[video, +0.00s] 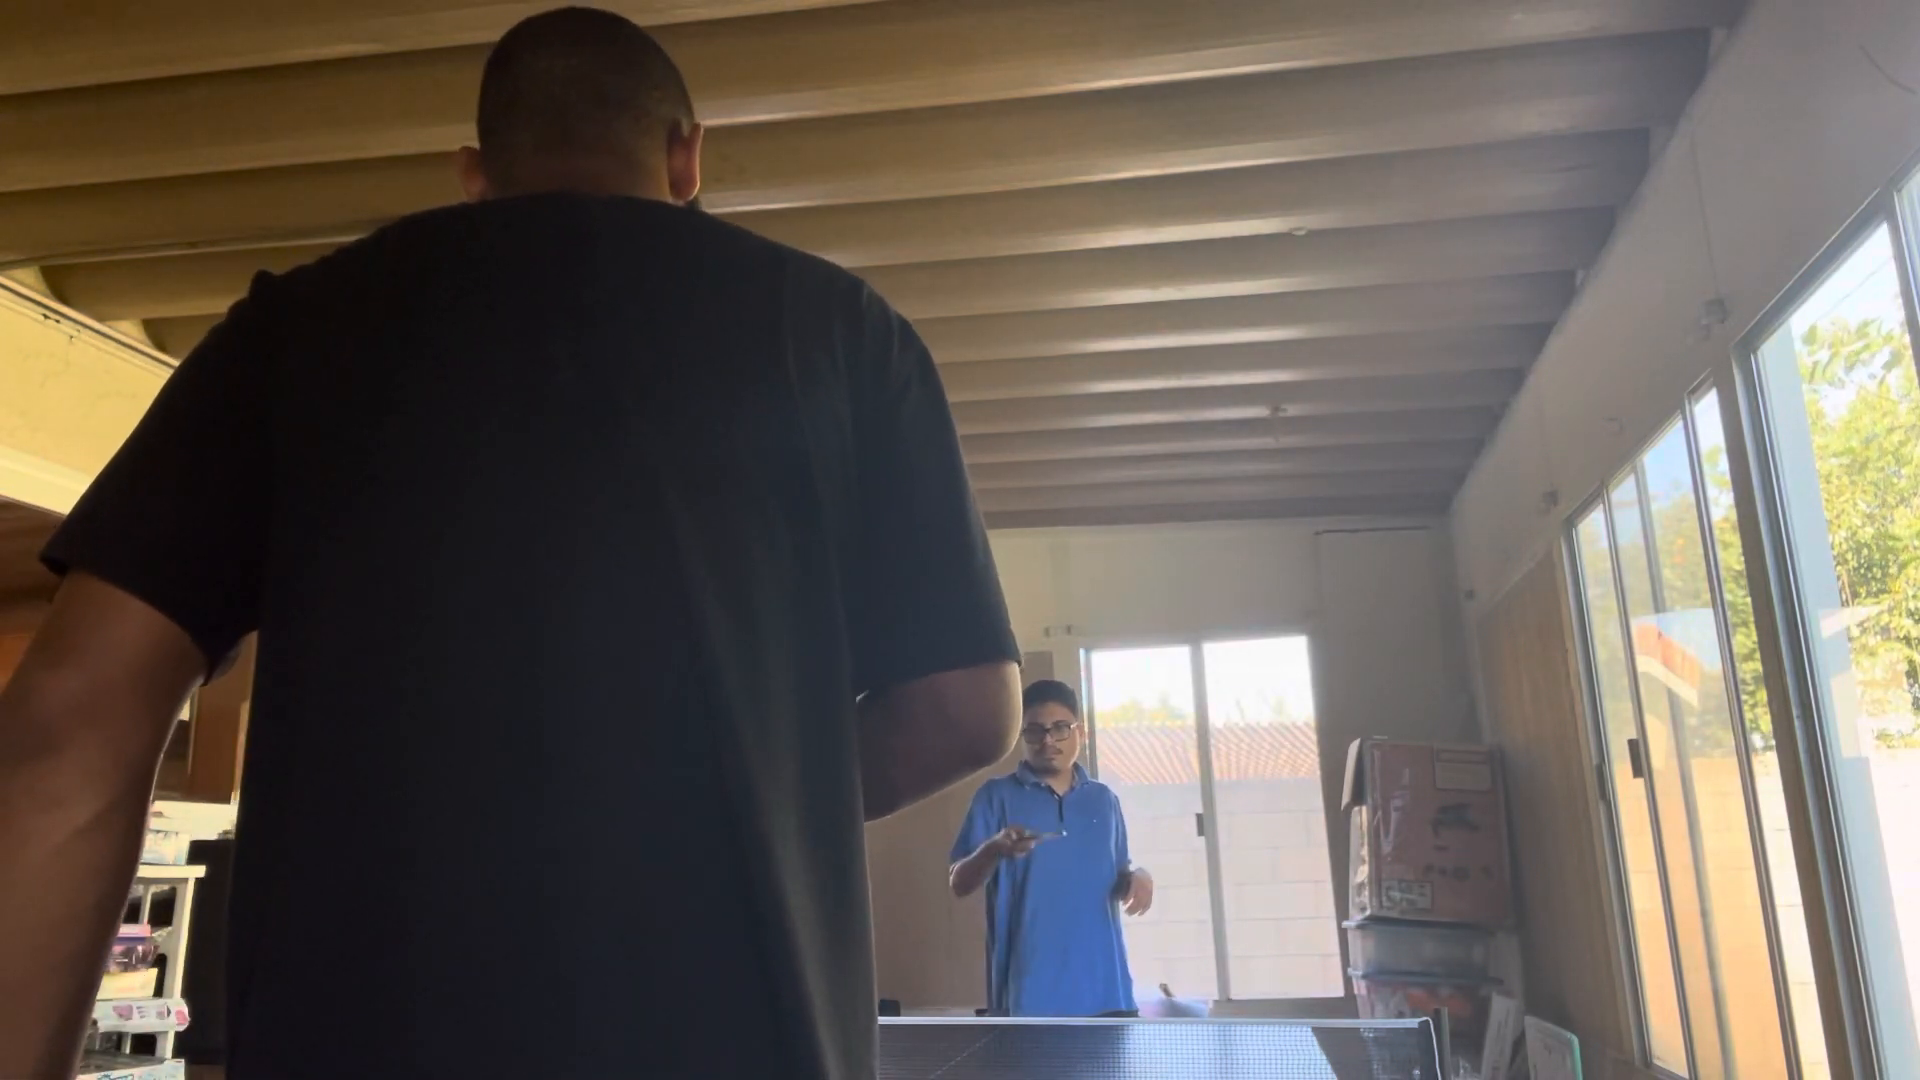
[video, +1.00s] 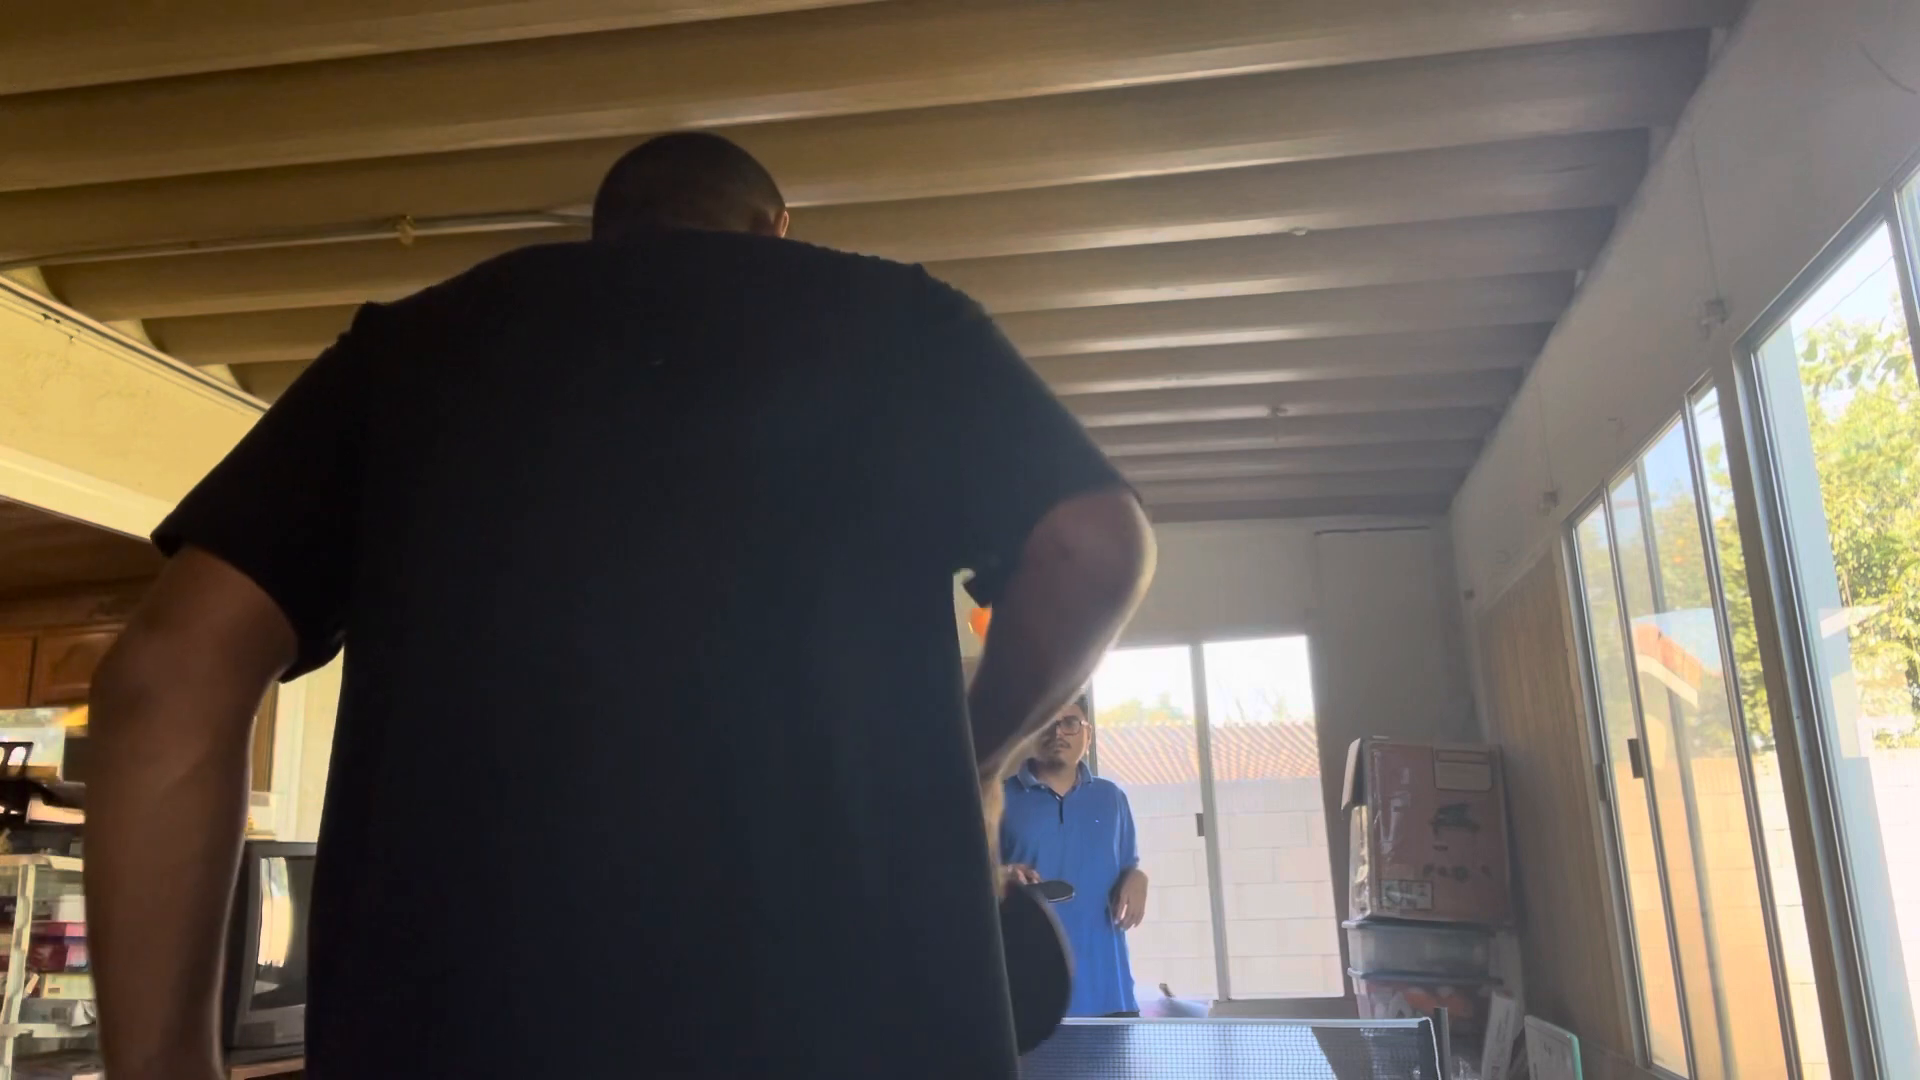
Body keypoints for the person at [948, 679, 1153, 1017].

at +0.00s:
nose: (1048, 741)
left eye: (1060, 728)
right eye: (1035, 731)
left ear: (1080, 733)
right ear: (1022, 737)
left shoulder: (1103, 800)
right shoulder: (996, 797)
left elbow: (1116, 883)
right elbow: (959, 884)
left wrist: (1139, 878)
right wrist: (994, 849)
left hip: (1104, 992)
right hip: (1029, 996)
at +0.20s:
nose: (1052, 737)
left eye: (1063, 725)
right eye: (1039, 727)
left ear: (1083, 733)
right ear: (1025, 735)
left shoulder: (1106, 798)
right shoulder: (998, 799)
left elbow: (1119, 883)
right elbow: (967, 890)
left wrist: (1139, 879)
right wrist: (1005, 873)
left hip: (1105, 991)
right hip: (1031, 996)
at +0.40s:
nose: (1054, 736)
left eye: (1066, 724)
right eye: (1041, 726)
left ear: (1084, 733)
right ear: (1027, 733)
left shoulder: (1110, 798)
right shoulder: (999, 799)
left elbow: (1129, 869)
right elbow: (974, 890)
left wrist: (1140, 877)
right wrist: (1004, 876)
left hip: (1106, 989)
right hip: (1033, 994)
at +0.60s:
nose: (1055, 735)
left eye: (1067, 724)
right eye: (1042, 725)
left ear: (1086, 734)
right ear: (1026, 735)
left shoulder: (1111, 798)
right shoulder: (1006, 801)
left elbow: (1129, 869)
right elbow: (974, 893)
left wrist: (1139, 876)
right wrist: (1000, 875)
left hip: (1105, 988)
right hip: (1033, 992)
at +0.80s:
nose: (1057, 735)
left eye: (1069, 724)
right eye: (1045, 725)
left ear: (1087, 735)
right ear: (1028, 735)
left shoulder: (1111, 799)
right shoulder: (1000, 799)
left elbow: (1129, 869)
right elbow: (974, 891)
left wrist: (1139, 879)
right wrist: (1001, 877)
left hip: (1106, 990)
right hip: (1032, 993)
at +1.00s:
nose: (1058, 733)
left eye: (1069, 723)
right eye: (1046, 724)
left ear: (1088, 734)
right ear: (1029, 735)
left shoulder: (1111, 798)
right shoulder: (999, 798)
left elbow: (1125, 868)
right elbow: (977, 873)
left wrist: (1137, 876)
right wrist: (1002, 875)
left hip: (1106, 991)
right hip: (1032, 996)